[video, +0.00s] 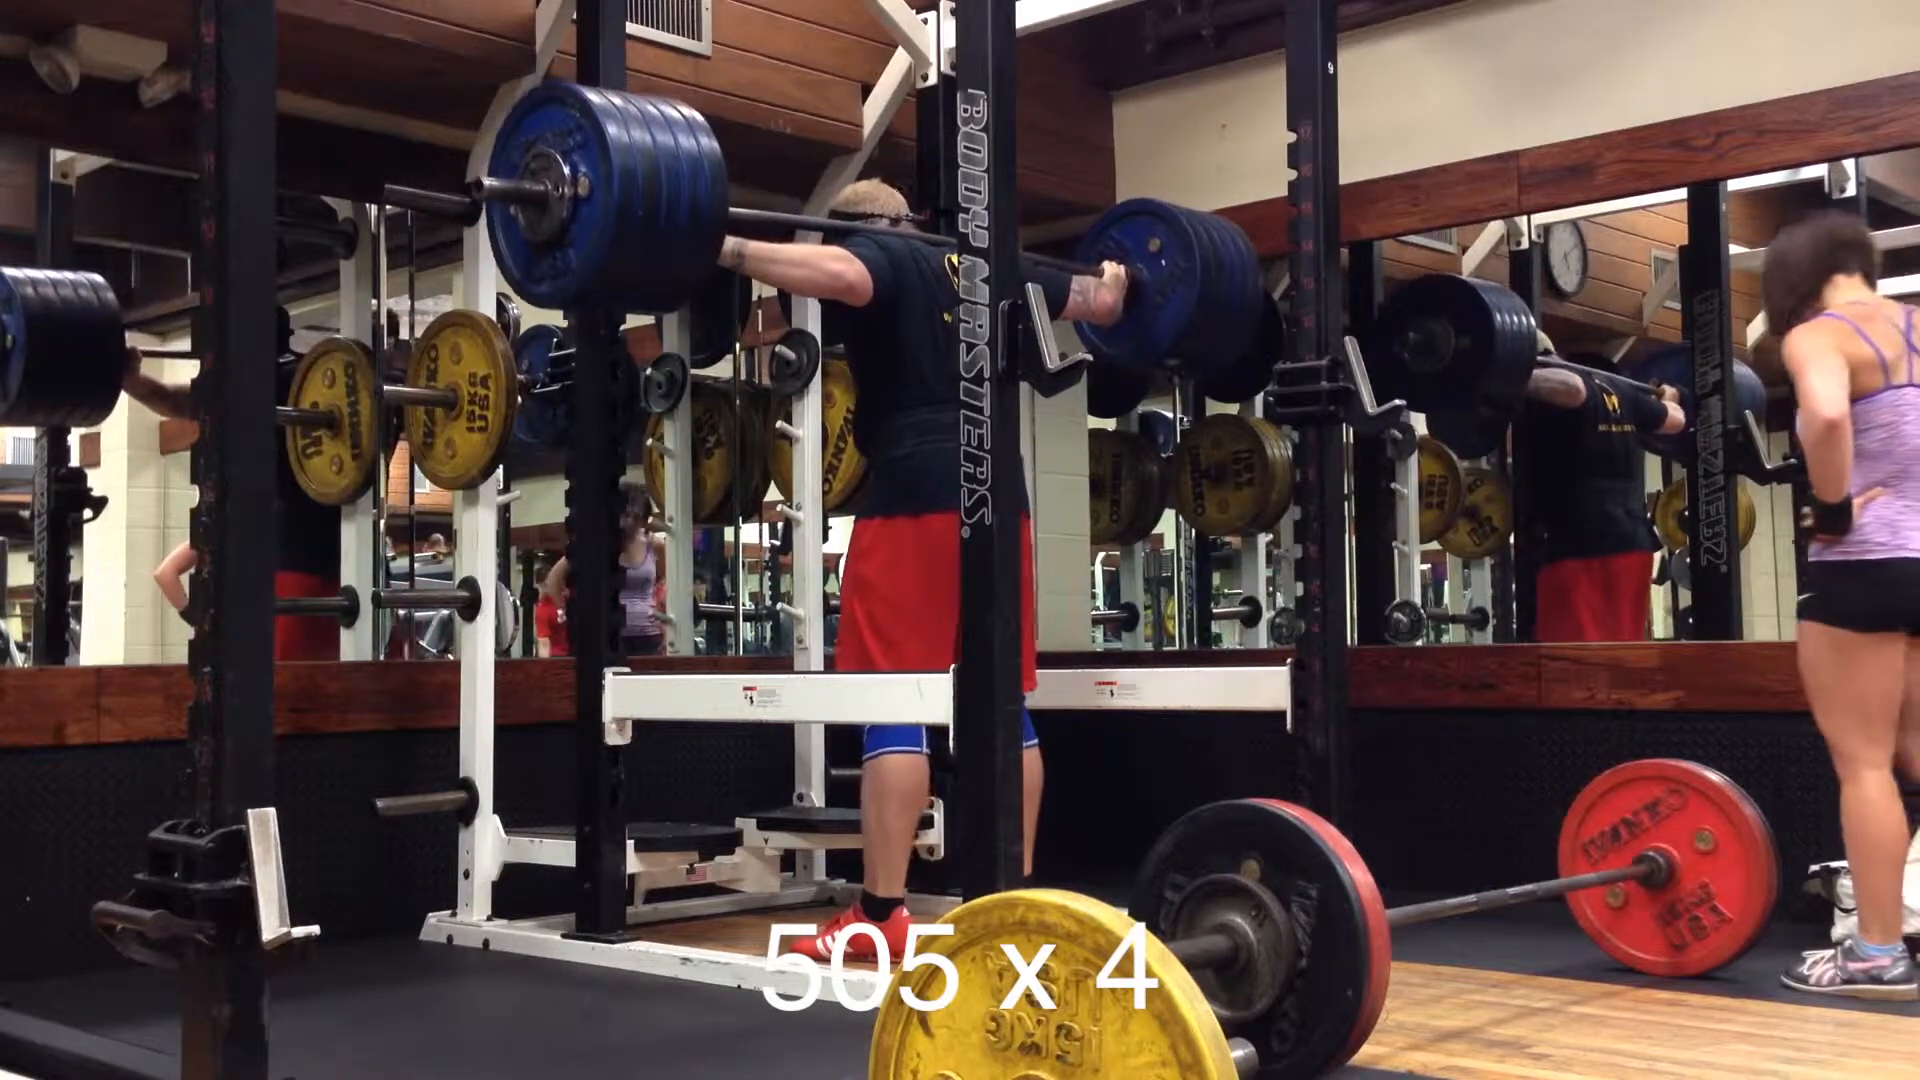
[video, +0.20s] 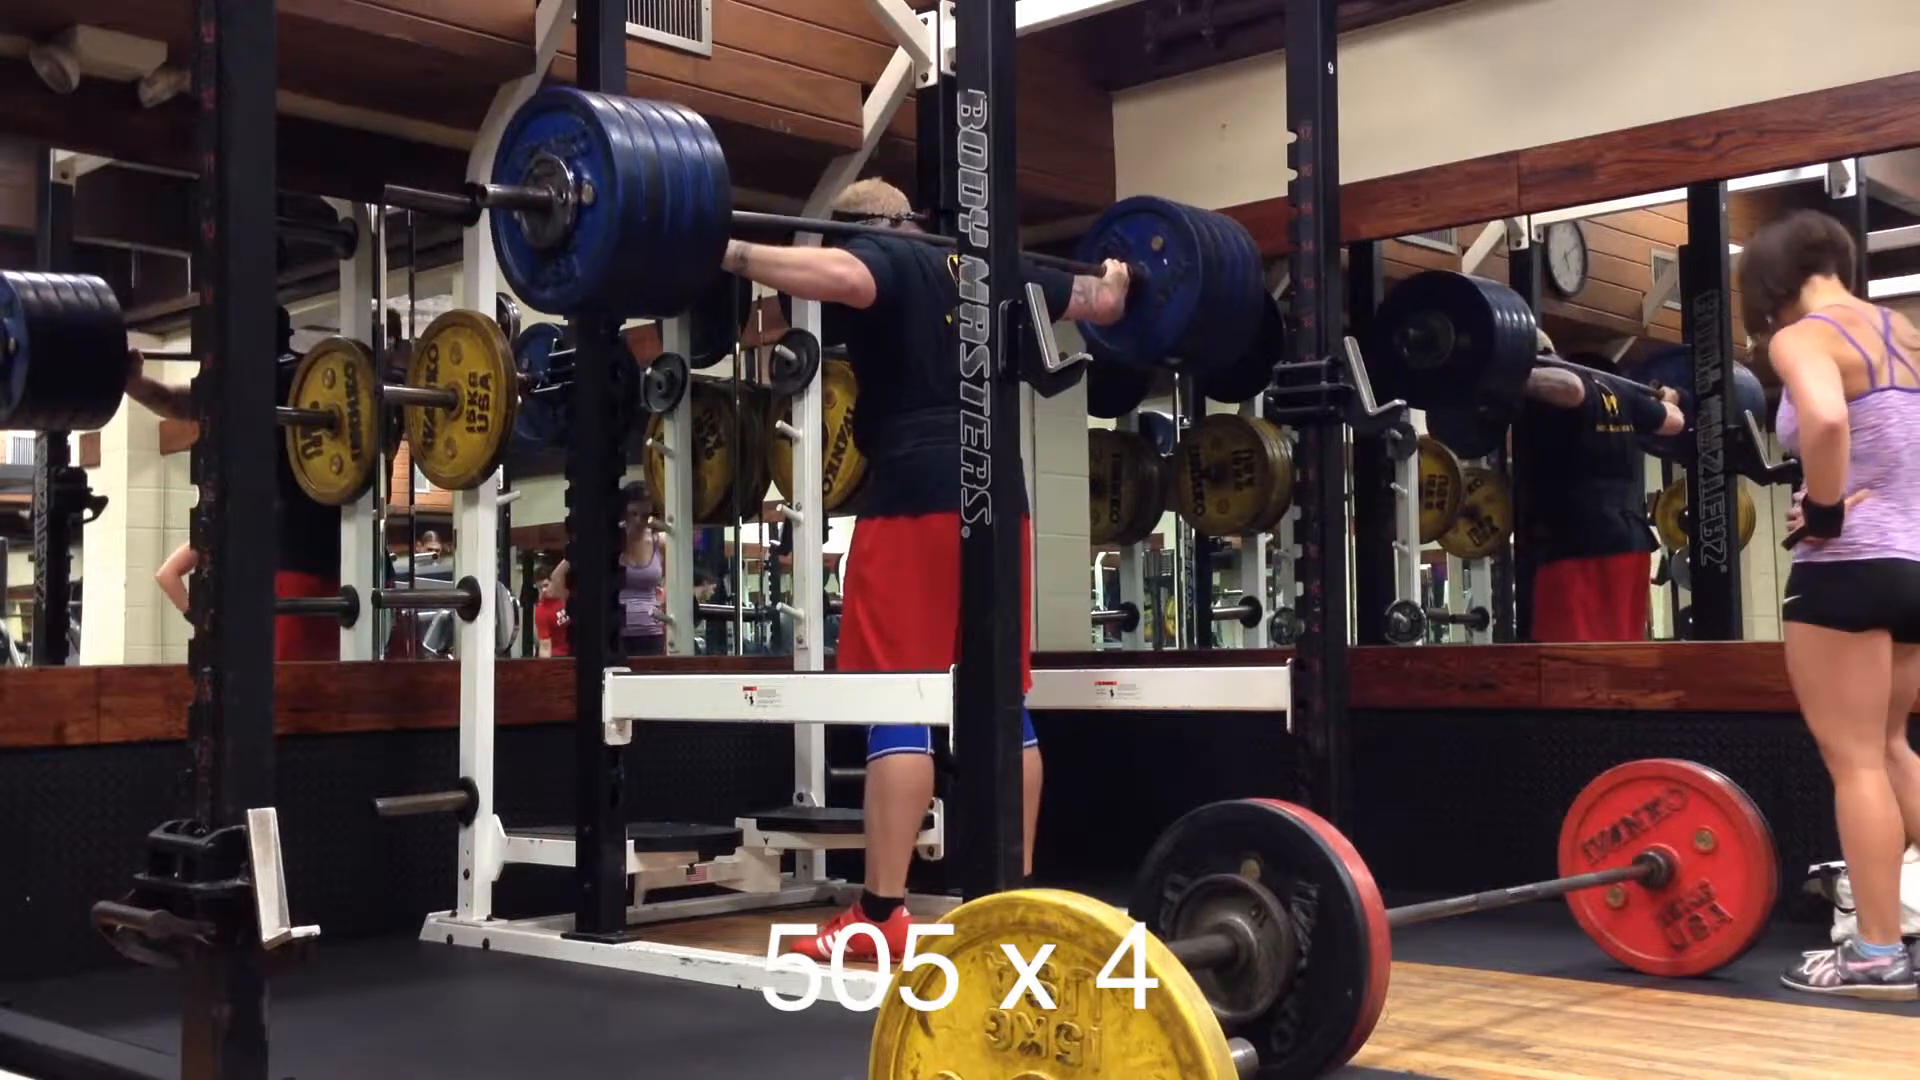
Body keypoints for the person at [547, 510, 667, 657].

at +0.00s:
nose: (628, 522)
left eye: (634, 516)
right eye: (624, 515)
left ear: (645, 519)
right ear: (615, 515)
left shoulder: (654, 545)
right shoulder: (599, 544)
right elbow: (553, 579)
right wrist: (564, 611)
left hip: (647, 629)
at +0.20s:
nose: (639, 521)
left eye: (645, 515)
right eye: (633, 514)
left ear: (652, 515)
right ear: (623, 513)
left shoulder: (659, 544)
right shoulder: (611, 542)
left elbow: (670, 582)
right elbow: (558, 575)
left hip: (651, 629)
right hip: (617, 628)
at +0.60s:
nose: (646, 510)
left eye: (649, 503)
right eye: (639, 504)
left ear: (653, 505)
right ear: (624, 508)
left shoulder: (652, 543)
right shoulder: (604, 541)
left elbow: (657, 580)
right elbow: (556, 573)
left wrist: (655, 604)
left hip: (647, 629)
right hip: (613, 628)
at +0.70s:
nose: (643, 509)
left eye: (646, 503)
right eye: (636, 504)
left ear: (650, 505)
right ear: (621, 506)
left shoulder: (648, 544)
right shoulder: (599, 539)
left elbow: (648, 584)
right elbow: (553, 572)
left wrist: (648, 613)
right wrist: (569, 607)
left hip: (641, 628)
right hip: (606, 628)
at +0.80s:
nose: (641, 508)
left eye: (643, 502)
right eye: (635, 502)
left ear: (647, 503)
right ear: (620, 505)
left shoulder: (643, 543)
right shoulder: (598, 538)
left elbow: (645, 582)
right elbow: (551, 571)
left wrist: (646, 611)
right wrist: (568, 605)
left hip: (640, 629)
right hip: (607, 630)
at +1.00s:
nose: (632, 507)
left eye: (635, 501)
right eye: (627, 500)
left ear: (638, 503)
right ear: (613, 501)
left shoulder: (633, 541)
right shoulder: (584, 537)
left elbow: (634, 585)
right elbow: (544, 570)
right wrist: (558, 605)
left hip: (628, 627)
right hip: (592, 628)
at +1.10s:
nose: (628, 506)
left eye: (630, 500)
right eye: (624, 499)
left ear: (633, 504)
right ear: (608, 500)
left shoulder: (628, 541)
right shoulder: (577, 537)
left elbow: (631, 583)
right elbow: (539, 572)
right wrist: (555, 606)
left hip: (623, 628)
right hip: (585, 629)